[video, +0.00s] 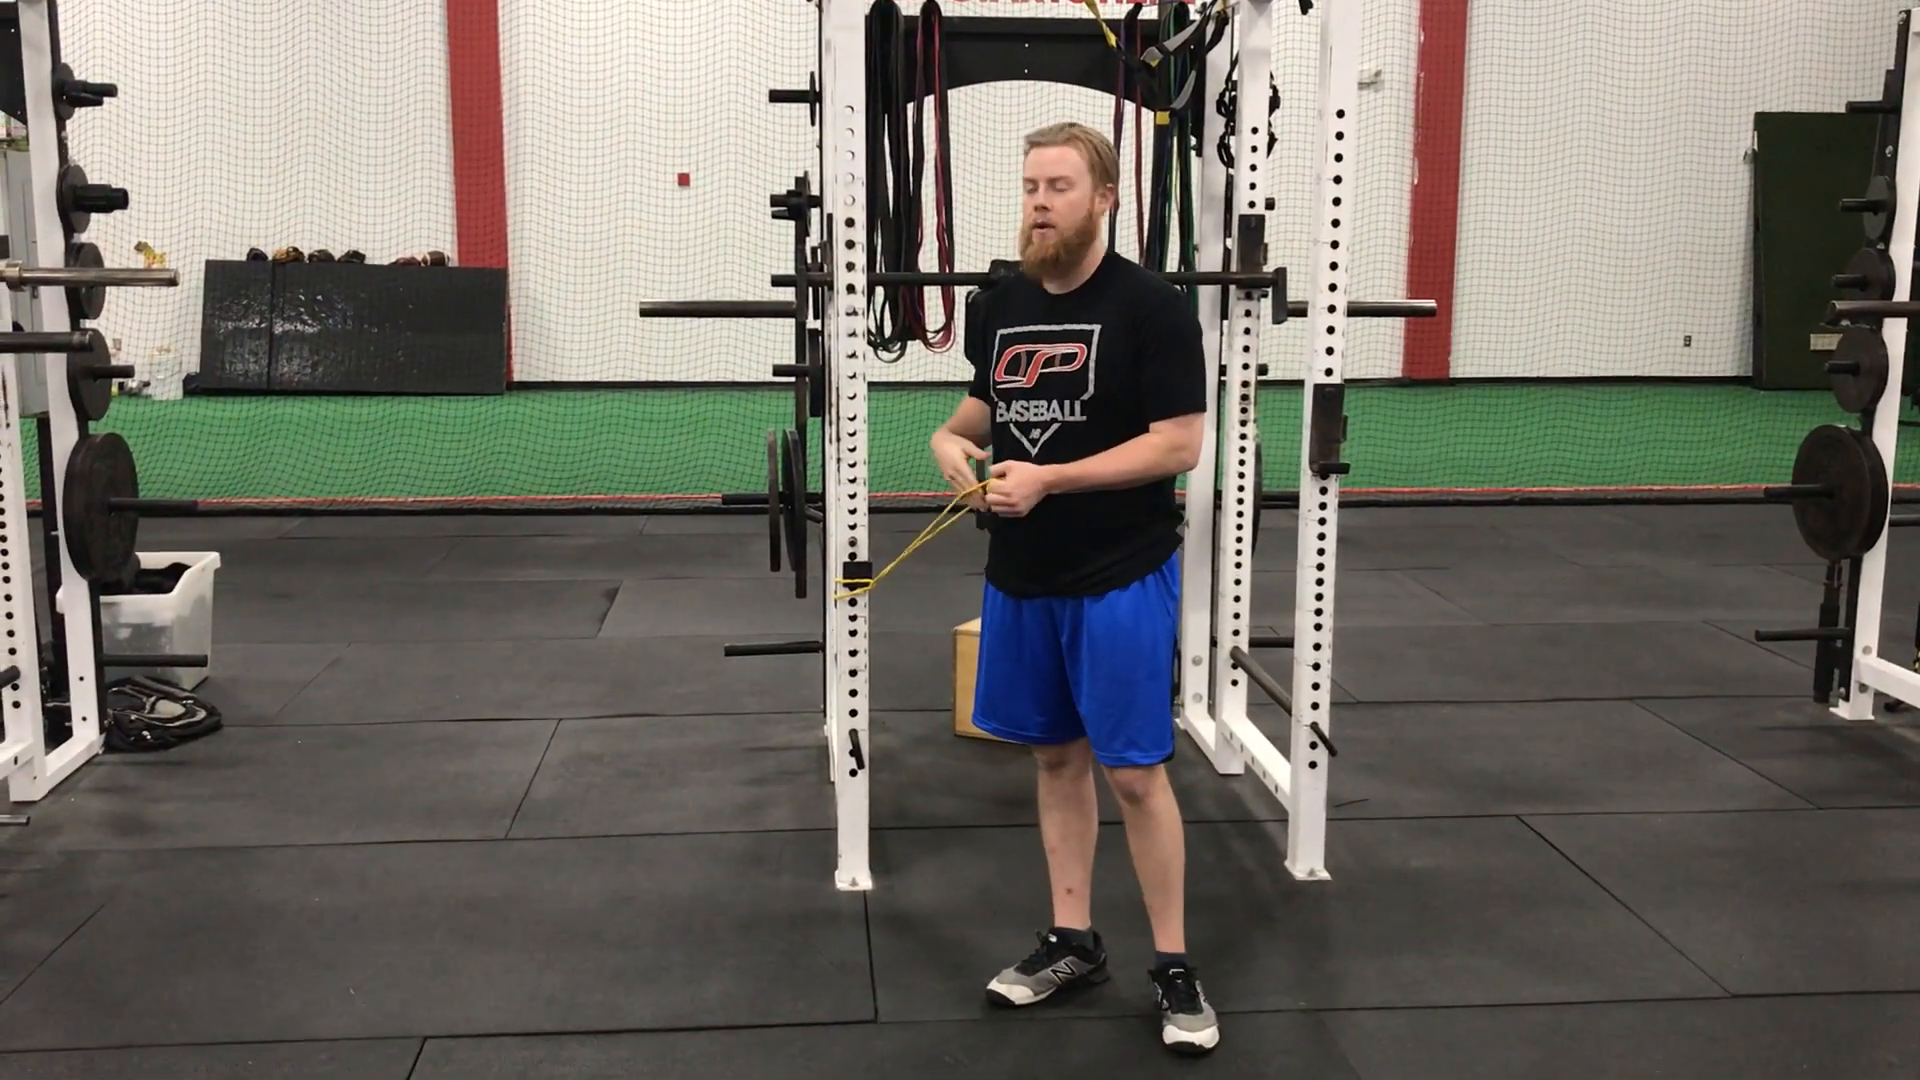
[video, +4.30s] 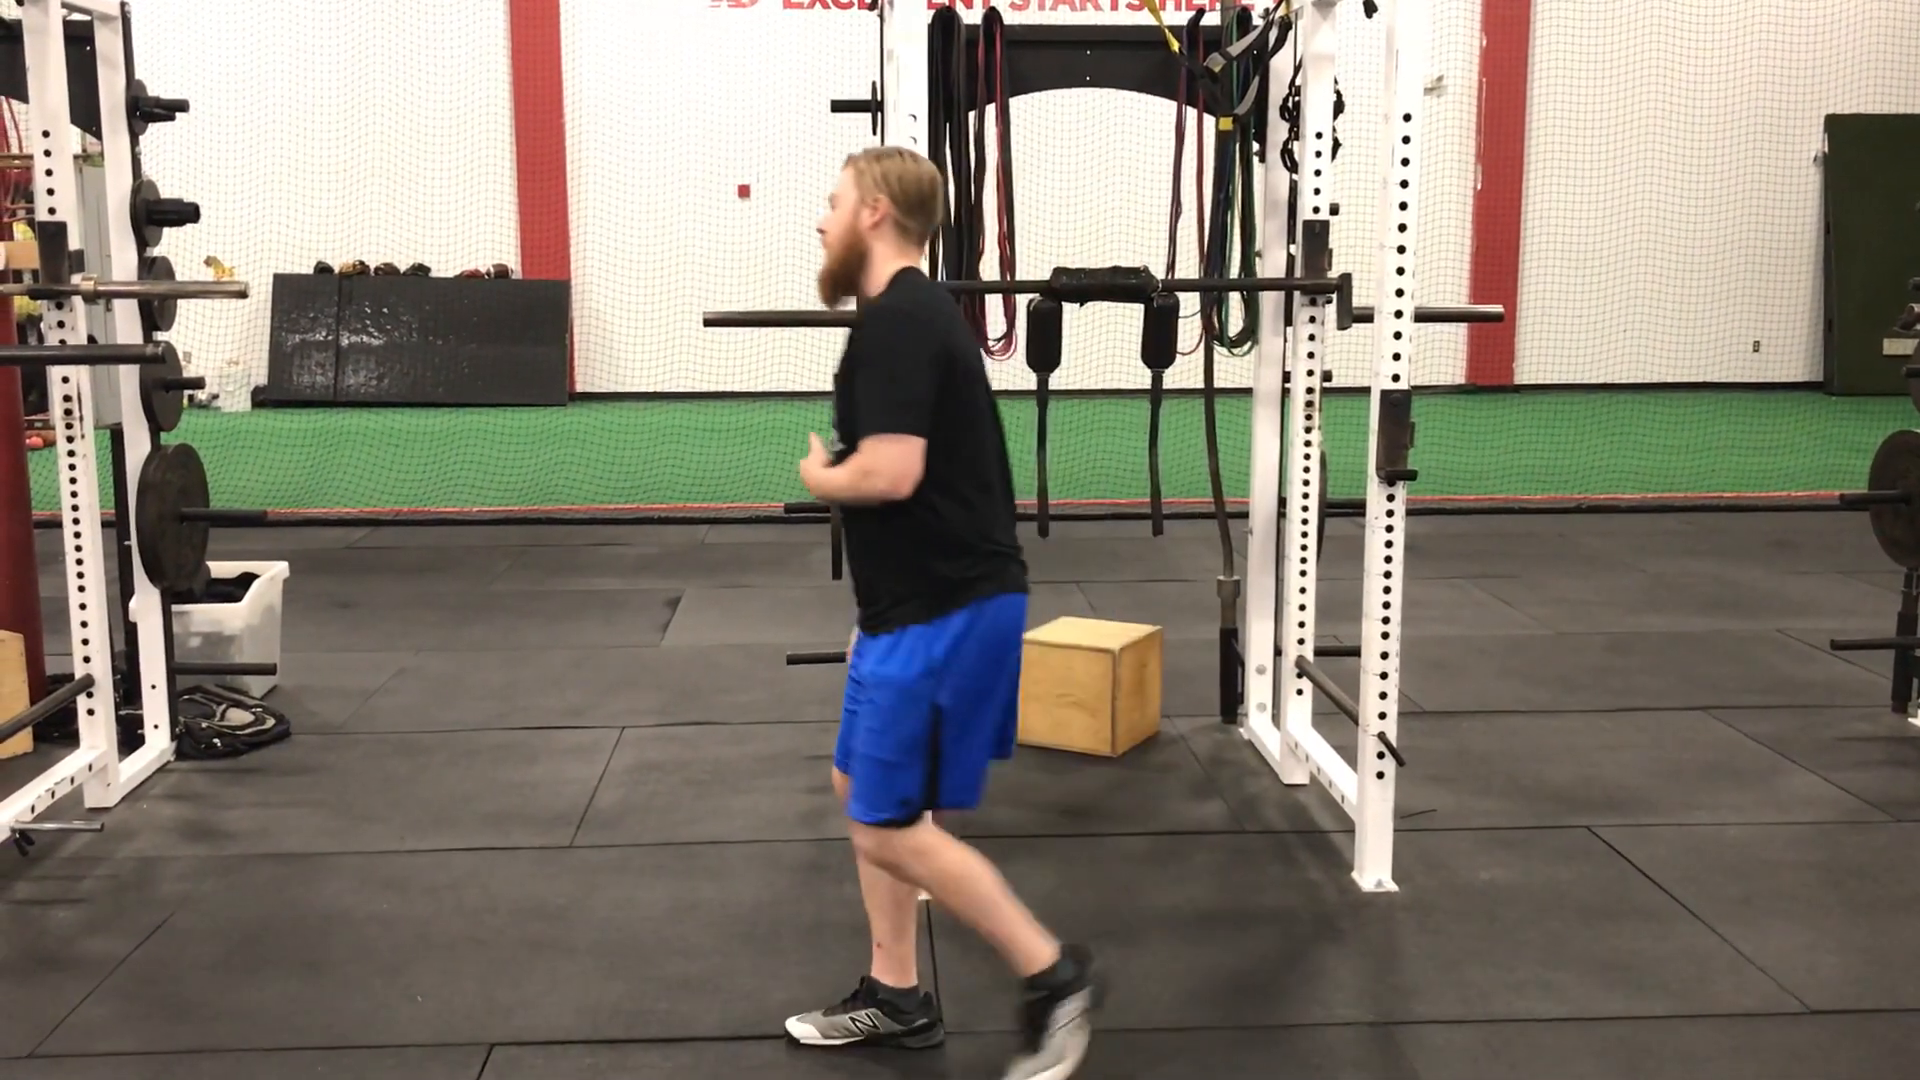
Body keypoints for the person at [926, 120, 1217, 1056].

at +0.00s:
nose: (1037, 202)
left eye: (1057, 187)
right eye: (1029, 187)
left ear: (1102, 200)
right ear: (1021, 199)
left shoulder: (1152, 305)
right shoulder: (999, 301)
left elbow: (1182, 442)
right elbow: (986, 408)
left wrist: (1050, 476)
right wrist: (948, 438)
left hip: (1122, 578)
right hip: (1024, 579)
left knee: (1134, 774)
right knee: (1057, 760)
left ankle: (1172, 966)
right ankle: (1072, 940)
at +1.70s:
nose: (1081, 242)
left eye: (1089, 224)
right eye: (1080, 224)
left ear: (1138, 221)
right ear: (1135, 221)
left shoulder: (1223, 328)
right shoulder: (1114, 321)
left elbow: (1236, 474)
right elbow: (1089, 462)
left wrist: (1097, 498)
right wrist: (1033, 569)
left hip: (1191, 603)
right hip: (1099, 596)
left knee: (1203, 785)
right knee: (1100, 772)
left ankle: (1211, 974)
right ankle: (1096, 959)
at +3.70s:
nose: (1089, 235)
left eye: (1102, 216)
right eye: (1088, 218)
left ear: (1160, 220)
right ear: (1133, 222)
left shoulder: (1229, 339)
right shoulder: (1113, 328)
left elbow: (1236, 493)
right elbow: (1116, 474)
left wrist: (1100, 511)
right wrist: (1070, 580)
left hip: (1196, 617)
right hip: (1097, 605)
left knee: (1221, 802)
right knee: (1031, 760)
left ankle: (1247, 975)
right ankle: (1036, 969)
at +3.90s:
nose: (1007, 254)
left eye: (1020, 235)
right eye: (1008, 236)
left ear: (1076, 236)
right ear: (1067, 238)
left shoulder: (1143, 349)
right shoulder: (1051, 339)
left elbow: (1149, 506)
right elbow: (1077, 472)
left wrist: (1025, 531)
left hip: (1144, 634)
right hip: (1041, 622)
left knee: (1189, 813)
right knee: (958, 769)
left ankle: (1247, 974)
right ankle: (917, 982)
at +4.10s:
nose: (899, 250)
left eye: (910, 231)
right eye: (901, 231)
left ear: (959, 236)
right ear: (966, 239)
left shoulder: (1012, 342)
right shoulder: (975, 341)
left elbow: (1014, 495)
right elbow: (1008, 450)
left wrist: (914, 530)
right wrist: (945, 428)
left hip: (1034, 638)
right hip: (949, 626)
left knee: (1072, 837)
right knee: (881, 782)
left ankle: (1218, 943)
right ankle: (895, 995)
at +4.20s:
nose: (852, 236)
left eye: (864, 216)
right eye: (857, 218)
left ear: (913, 226)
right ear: (925, 230)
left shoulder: (957, 328)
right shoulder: (932, 328)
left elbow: (949, 481)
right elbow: (951, 477)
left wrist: (861, 500)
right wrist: (884, 499)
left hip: (988, 626)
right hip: (920, 618)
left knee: (976, 841)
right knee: (870, 783)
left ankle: (1150, 929)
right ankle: (895, 993)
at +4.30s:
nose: (822, 222)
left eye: (834, 205)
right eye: (828, 205)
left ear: (873, 216)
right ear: (894, 220)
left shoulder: (903, 317)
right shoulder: (909, 311)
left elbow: (892, 472)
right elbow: (909, 466)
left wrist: (823, 477)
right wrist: (848, 470)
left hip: (946, 608)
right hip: (914, 604)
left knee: (888, 823)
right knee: (860, 788)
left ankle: (1054, 973)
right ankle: (898, 995)